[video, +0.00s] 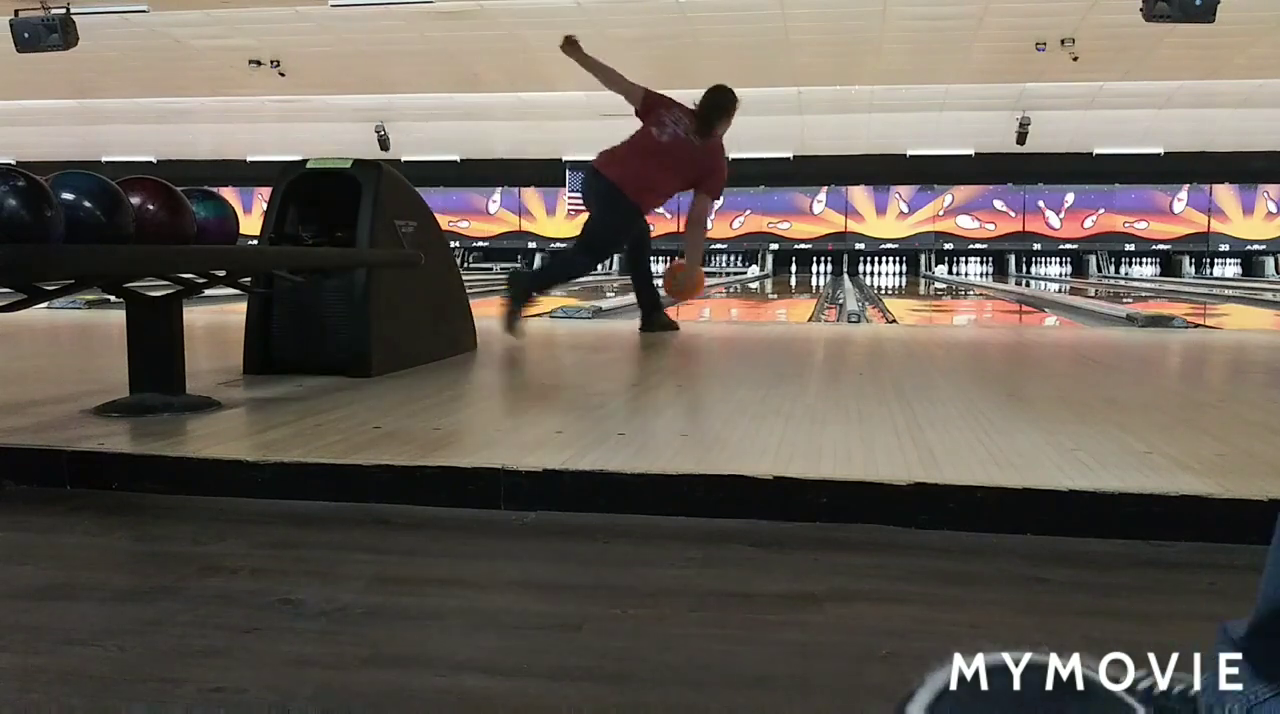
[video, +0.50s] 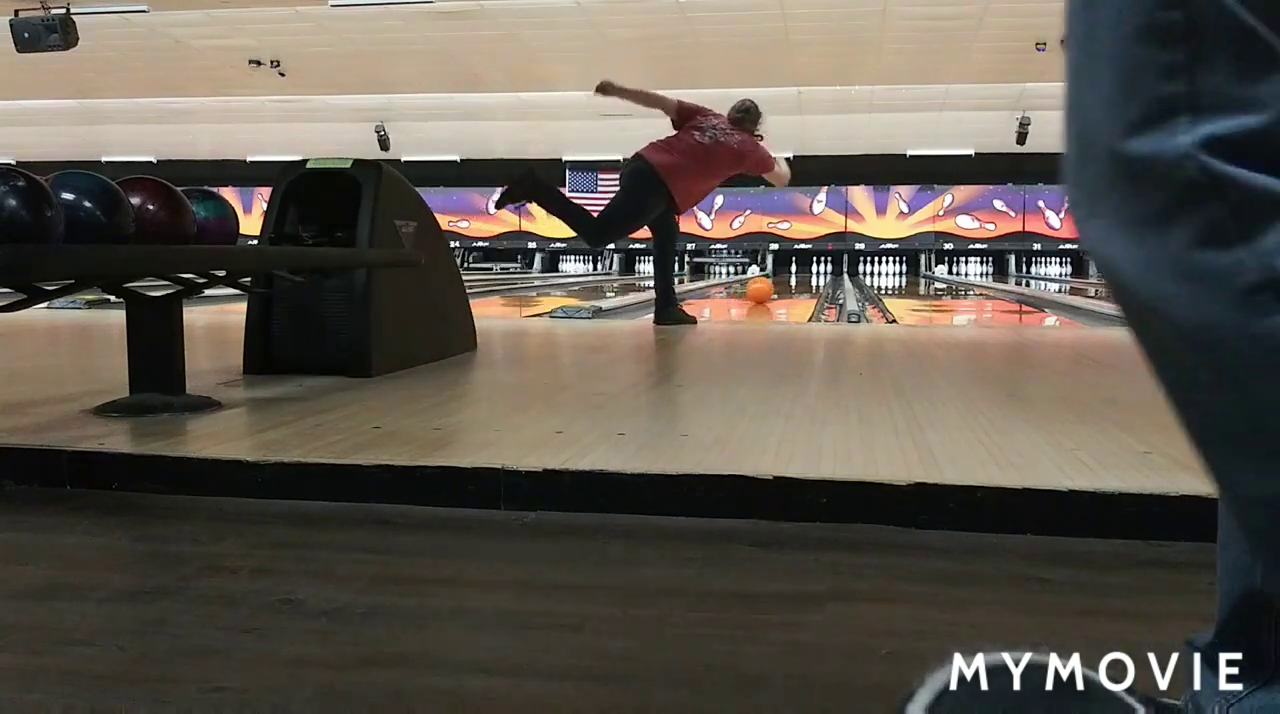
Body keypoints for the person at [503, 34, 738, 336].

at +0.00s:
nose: (731, 121)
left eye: (732, 115)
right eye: (732, 115)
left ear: (702, 104)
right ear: (728, 117)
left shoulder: (668, 108)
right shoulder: (714, 161)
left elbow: (619, 84)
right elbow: (696, 221)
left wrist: (579, 55)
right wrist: (693, 269)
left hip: (595, 179)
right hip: (622, 202)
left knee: (638, 237)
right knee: (584, 257)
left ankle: (652, 314)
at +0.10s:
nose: (734, 128)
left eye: (727, 118)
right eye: (736, 124)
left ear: (709, 111)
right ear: (735, 126)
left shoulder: (684, 114)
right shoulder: (724, 167)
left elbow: (634, 93)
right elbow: (706, 222)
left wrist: (591, 71)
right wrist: (703, 264)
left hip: (611, 181)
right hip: (635, 207)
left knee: (646, 238)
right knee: (582, 256)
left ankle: (659, 314)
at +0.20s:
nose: (721, 126)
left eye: (721, 121)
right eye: (735, 130)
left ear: (717, 119)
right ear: (742, 138)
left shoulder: (694, 119)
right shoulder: (736, 171)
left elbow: (648, 93)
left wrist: (612, 69)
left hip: (622, 173)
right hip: (642, 199)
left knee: (655, 239)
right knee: (583, 247)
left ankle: (662, 313)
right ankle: (504, 220)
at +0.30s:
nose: (715, 116)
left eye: (718, 115)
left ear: (720, 119)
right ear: (748, 135)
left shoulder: (702, 119)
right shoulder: (746, 160)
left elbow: (662, 94)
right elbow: (747, 153)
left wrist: (628, 65)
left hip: (631, 170)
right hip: (650, 191)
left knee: (661, 236)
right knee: (583, 237)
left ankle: (662, 310)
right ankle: (510, 196)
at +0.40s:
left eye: (751, 131)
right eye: (758, 134)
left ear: (728, 119)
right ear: (754, 131)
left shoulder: (703, 117)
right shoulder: (750, 152)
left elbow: (663, 94)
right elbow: (769, 156)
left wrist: (626, 71)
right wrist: (764, 140)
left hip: (634, 169)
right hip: (654, 187)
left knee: (662, 239)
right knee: (589, 233)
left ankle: (665, 311)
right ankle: (524, 187)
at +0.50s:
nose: (756, 132)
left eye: (749, 121)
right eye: (757, 127)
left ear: (732, 115)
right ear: (755, 127)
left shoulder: (705, 115)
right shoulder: (751, 149)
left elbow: (659, 101)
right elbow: (782, 179)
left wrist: (616, 90)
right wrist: (778, 164)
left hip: (638, 168)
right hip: (657, 186)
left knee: (667, 237)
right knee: (596, 236)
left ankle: (666, 308)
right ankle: (534, 186)